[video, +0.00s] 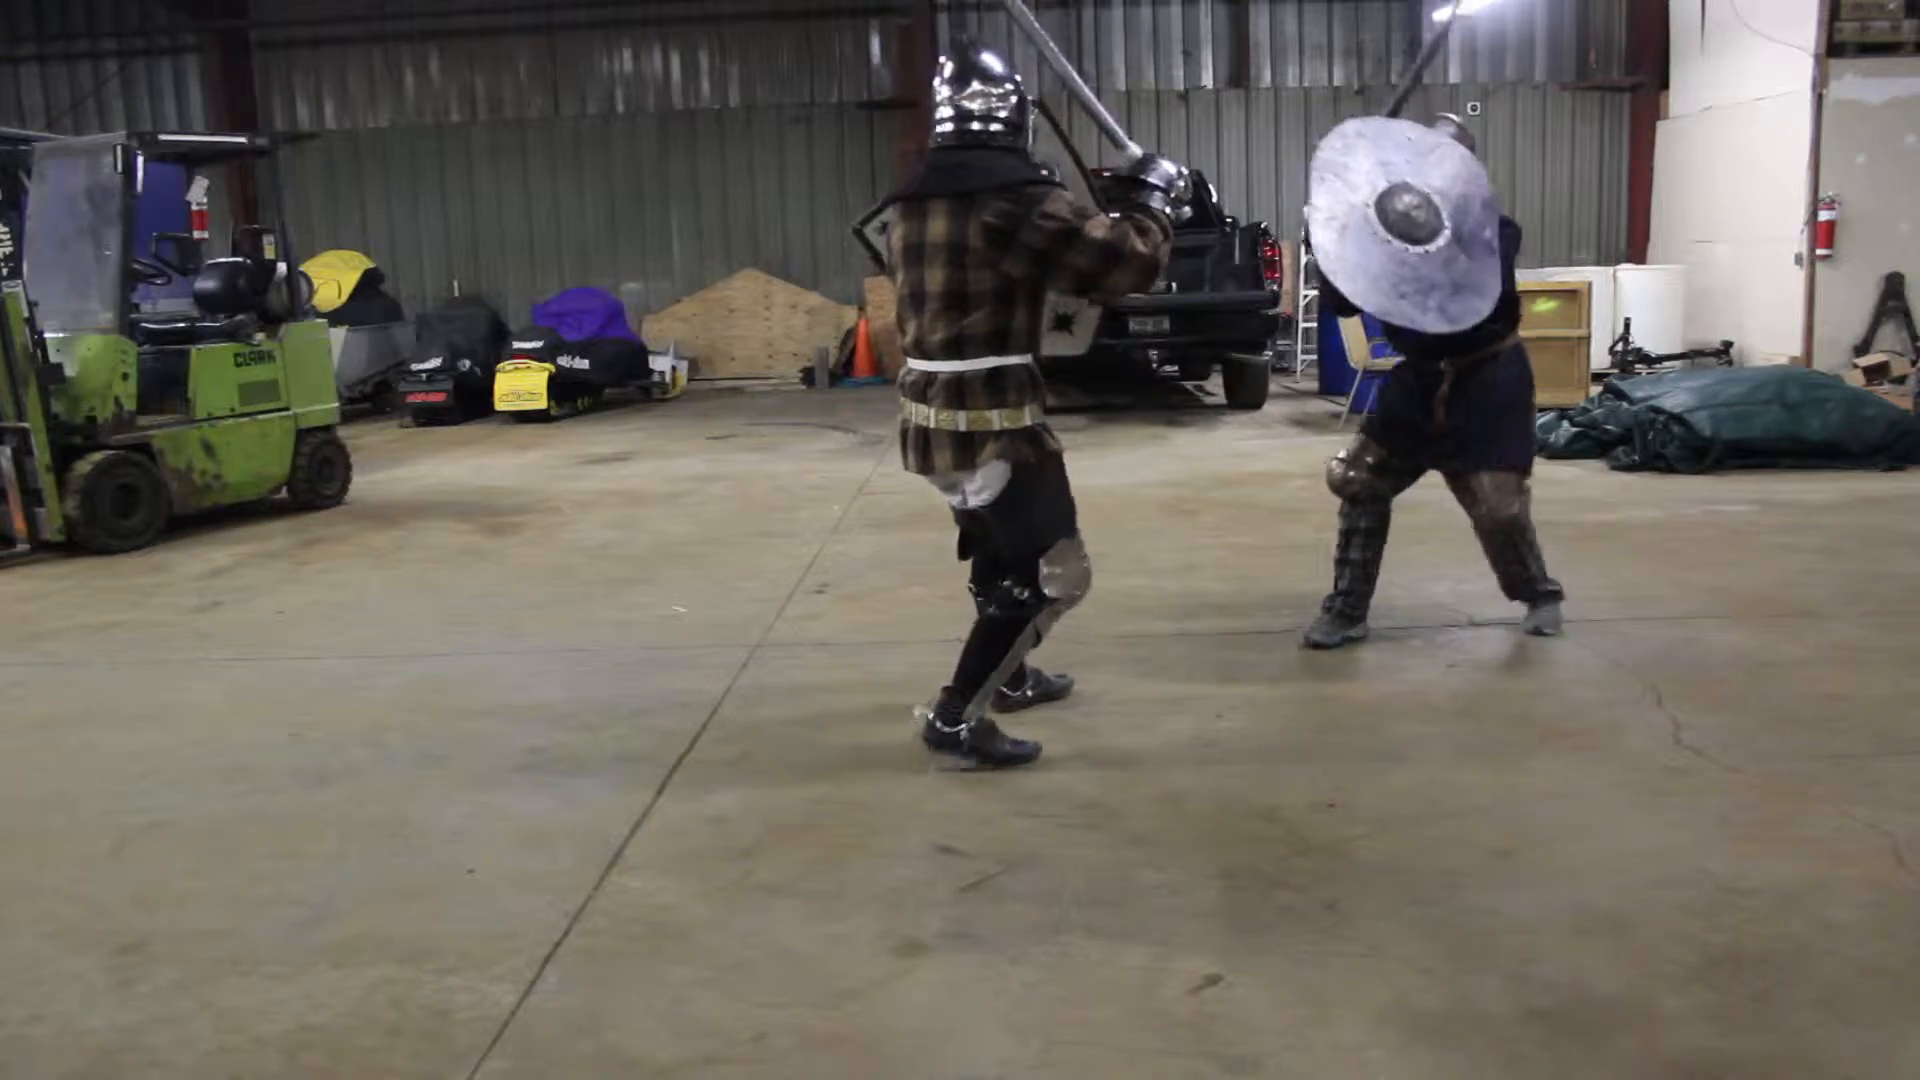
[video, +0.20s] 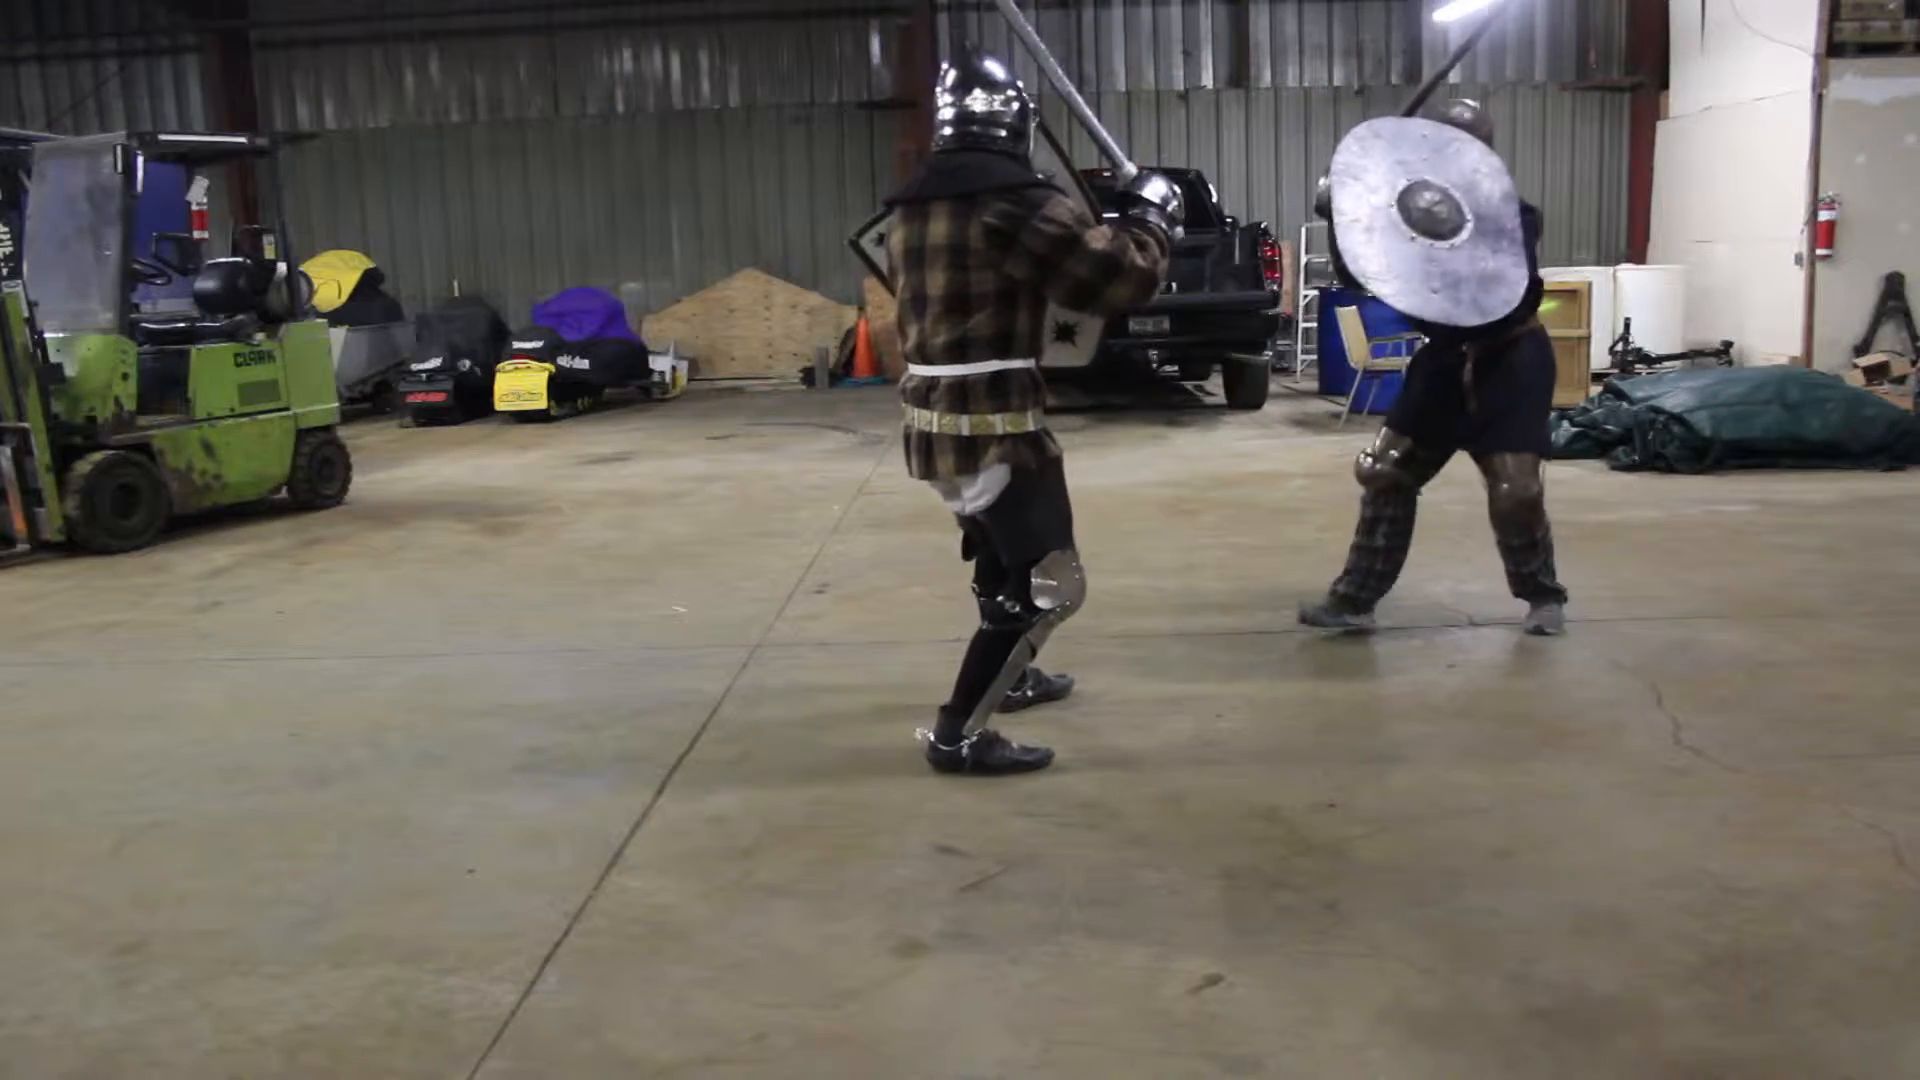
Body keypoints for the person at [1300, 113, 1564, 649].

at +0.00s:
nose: (1441, 175)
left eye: (1453, 164)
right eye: (1431, 164)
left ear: (1471, 171)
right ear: (1412, 173)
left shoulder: (1492, 231)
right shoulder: (1385, 239)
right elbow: (1339, 300)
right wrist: (1333, 232)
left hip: (1491, 369)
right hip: (1419, 372)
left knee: (1495, 498)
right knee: (1362, 478)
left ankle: (1541, 598)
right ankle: (1347, 610)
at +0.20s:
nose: (1452, 155)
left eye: (1464, 142)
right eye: (1443, 141)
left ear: (1485, 148)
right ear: (1428, 146)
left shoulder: (1512, 216)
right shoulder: (1417, 210)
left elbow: (1517, 303)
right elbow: (1356, 277)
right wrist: (1342, 215)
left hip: (1512, 351)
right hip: (1443, 352)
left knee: (1515, 491)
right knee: (1387, 472)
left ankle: (1545, 599)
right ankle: (1354, 600)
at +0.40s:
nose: (1442, 144)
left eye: (1455, 132)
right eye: (1431, 131)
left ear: (1477, 138)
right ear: (1415, 134)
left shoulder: (1504, 206)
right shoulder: (1403, 199)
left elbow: (1508, 290)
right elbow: (1342, 260)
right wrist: (1329, 204)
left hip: (1499, 342)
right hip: (1428, 343)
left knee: (1505, 485)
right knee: (1372, 462)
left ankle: (1542, 598)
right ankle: (1378, 581)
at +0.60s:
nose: (1412, 148)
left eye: (1426, 136)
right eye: (1402, 136)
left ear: (1447, 141)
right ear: (1387, 138)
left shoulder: (1469, 201)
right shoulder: (1373, 197)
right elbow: (1317, 262)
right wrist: (1303, 208)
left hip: (1467, 344)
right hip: (1397, 342)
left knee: (1483, 481)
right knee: (1354, 465)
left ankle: (1536, 595)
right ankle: (1376, 587)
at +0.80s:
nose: (1401, 146)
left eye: (1413, 136)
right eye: (1392, 135)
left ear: (1427, 142)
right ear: (1374, 138)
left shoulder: (1446, 202)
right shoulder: (1349, 198)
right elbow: (1303, 282)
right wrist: (1286, 227)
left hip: (1448, 336)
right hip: (1380, 337)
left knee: (1460, 465)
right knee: (1344, 469)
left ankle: (1500, 585)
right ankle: (1375, 586)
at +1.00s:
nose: (1383, 157)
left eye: (1396, 146)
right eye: (1373, 147)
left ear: (1412, 149)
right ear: (1355, 152)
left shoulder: (1434, 199)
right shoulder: (1333, 201)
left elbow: (1459, 267)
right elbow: (1298, 291)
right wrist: (1281, 238)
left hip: (1445, 332)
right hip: (1378, 342)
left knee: (1457, 466)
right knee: (1340, 472)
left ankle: (1489, 597)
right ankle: (1376, 587)